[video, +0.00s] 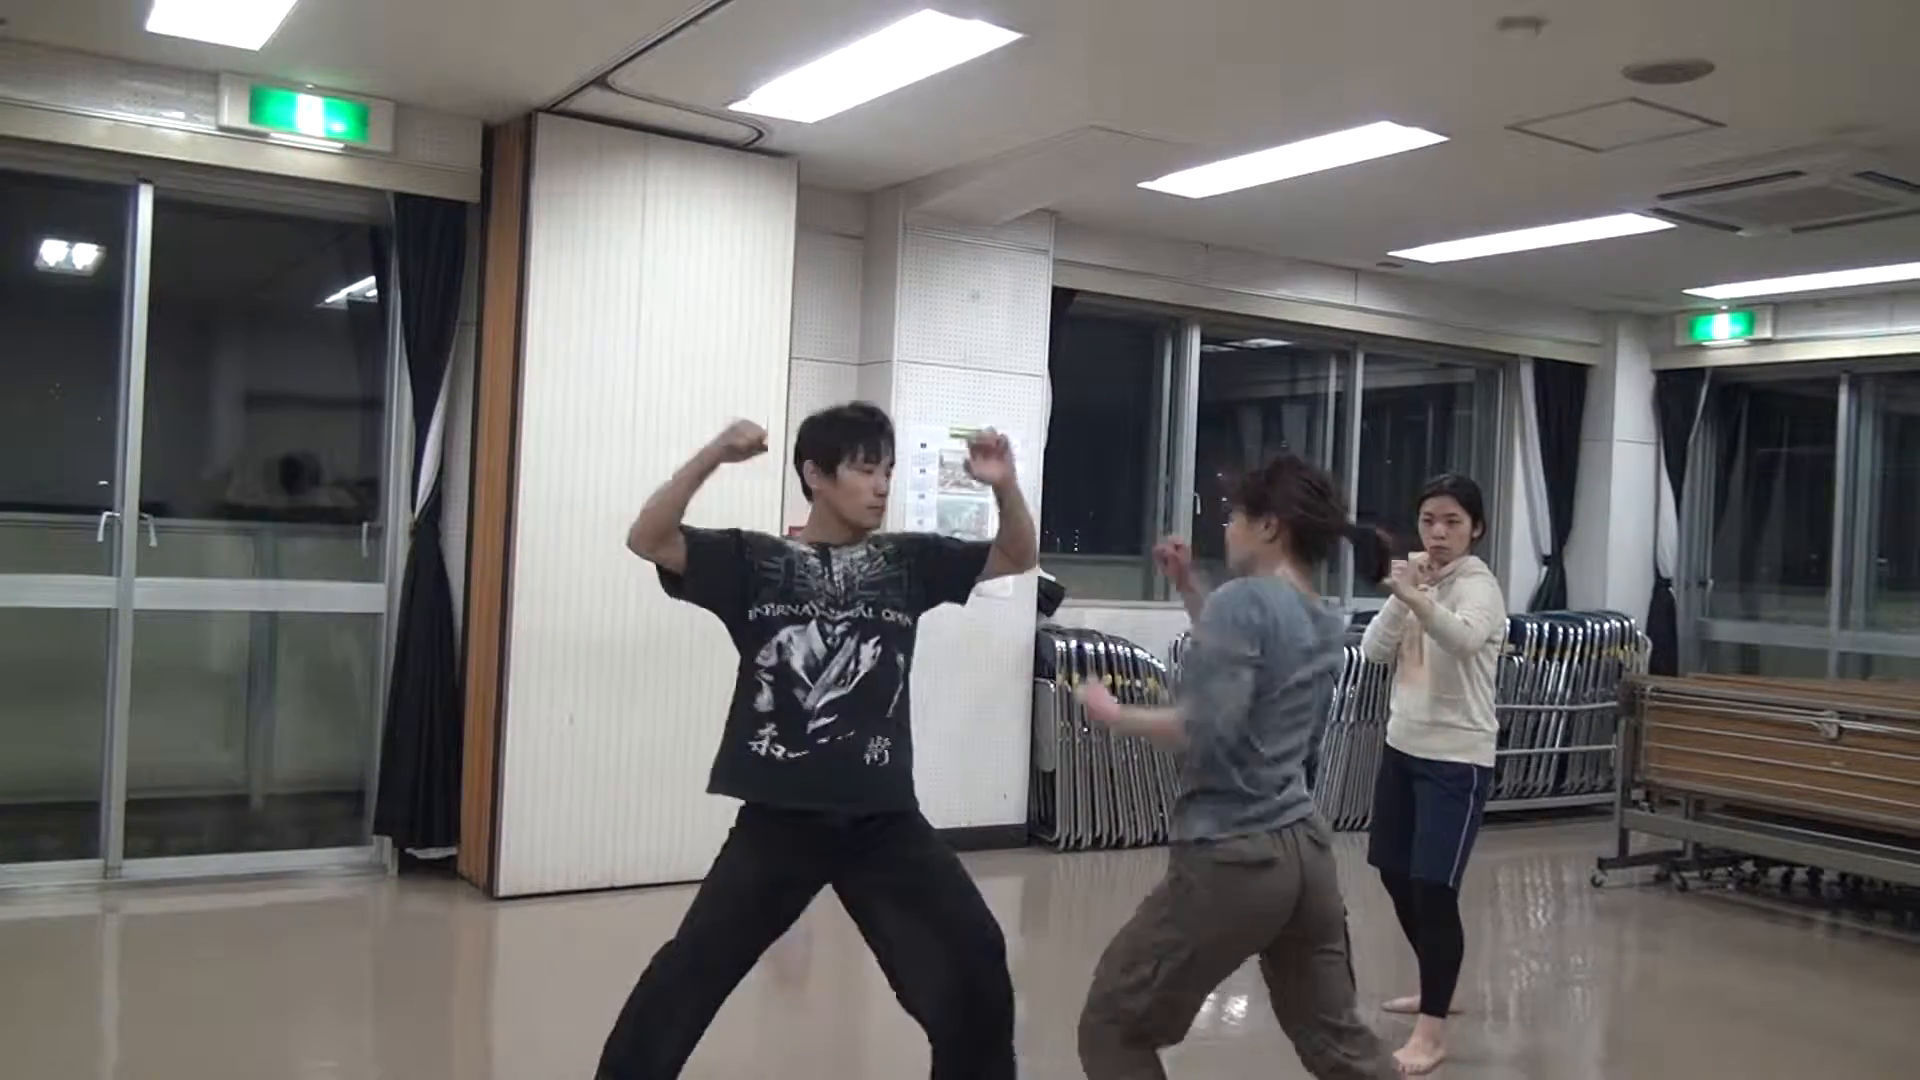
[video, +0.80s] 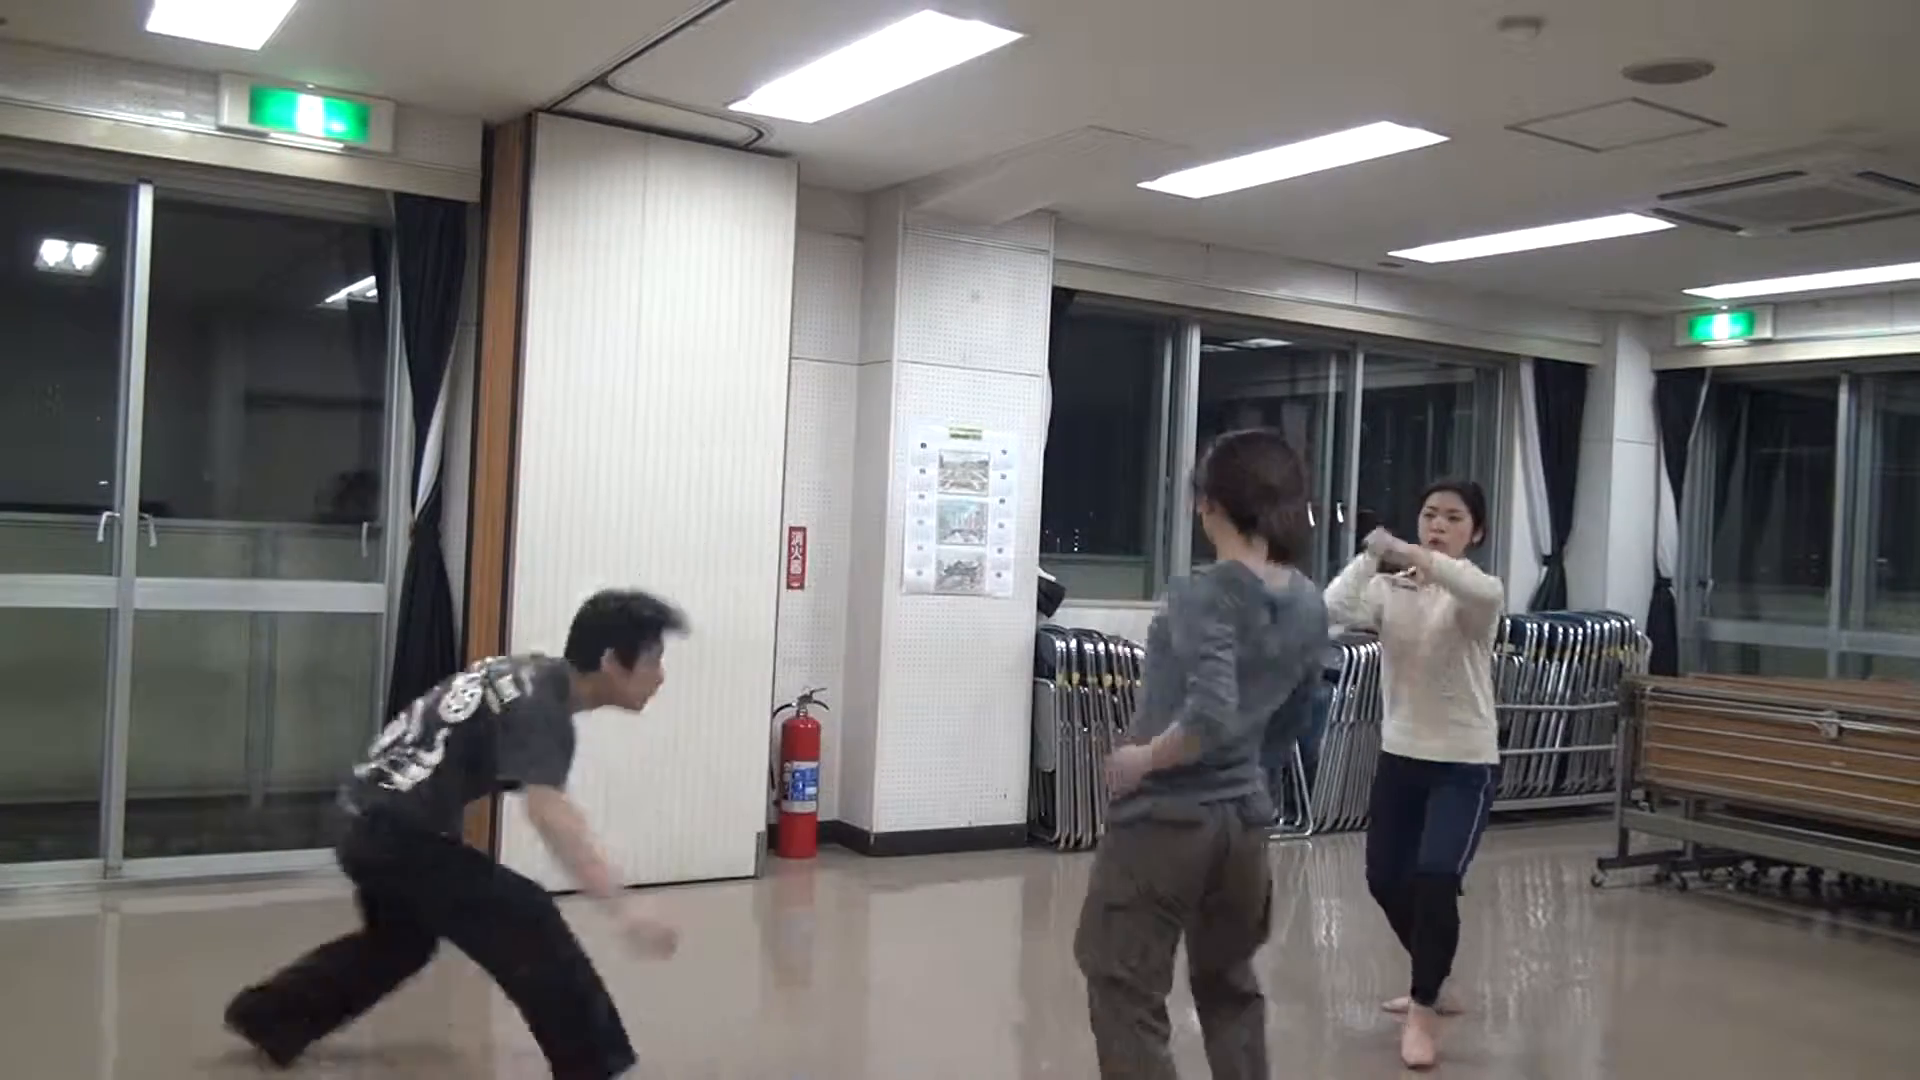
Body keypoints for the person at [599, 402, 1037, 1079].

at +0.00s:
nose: (882, 483)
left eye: (887, 469)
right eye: (865, 469)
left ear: (890, 476)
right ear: (815, 477)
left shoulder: (907, 560)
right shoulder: (753, 561)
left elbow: (1017, 554)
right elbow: (648, 539)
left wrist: (1006, 486)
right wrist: (709, 457)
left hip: (883, 822)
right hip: (778, 822)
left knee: (972, 959)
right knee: (688, 974)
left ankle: (980, 1077)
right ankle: (620, 1075)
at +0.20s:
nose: (910, 504)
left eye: (913, 490)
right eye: (892, 489)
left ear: (915, 498)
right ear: (841, 498)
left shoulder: (923, 576)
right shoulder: (778, 573)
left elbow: (1019, 567)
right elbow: (667, 610)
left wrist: (1084, 520)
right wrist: (703, 567)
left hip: (865, 829)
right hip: (770, 829)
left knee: (946, 953)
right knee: (732, 996)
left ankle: (968, 1074)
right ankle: (626, 1073)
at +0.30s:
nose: (913, 543)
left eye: (913, 526)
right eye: (896, 525)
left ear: (857, 537)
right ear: (843, 534)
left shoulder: (893, 611)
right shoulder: (769, 603)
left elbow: (952, 627)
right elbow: (667, 637)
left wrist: (1008, 652)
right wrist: (654, 684)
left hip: (864, 843)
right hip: (775, 851)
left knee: (958, 941)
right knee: (734, 1029)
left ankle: (970, 1074)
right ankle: (631, 1069)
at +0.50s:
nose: (789, 525)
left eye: (786, 509)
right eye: (776, 508)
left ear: (735, 516)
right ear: (727, 514)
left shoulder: (709, 585)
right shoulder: (661, 583)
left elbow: (687, 686)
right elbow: (666, 660)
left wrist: (756, 706)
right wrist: (768, 718)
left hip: (744, 804)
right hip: (677, 822)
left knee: (836, 914)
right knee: (726, 970)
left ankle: (892, 1044)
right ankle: (623, 1067)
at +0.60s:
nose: (725, 537)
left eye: (718, 521)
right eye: (710, 523)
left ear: (671, 537)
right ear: (670, 538)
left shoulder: (634, 603)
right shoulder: (633, 610)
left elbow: (712, 689)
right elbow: (709, 692)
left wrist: (786, 728)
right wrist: (795, 737)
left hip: (633, 816)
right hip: (581, 831)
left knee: (731, 899)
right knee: (689, 959)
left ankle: (674, 1064)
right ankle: (613, 1071)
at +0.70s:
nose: (698, 591)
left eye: (693, 576)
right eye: (686, 578)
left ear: (639, 590)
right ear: (645, 591)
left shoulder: (572, 632)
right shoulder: (595, 655)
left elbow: (492, 706)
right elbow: (652, 734)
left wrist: (453, 801)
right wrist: (752, 787)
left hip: (473, 827)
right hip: (494, 840)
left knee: (568, 928)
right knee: (618, 932)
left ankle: (439, 1010)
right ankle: (625, 1069)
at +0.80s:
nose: (660, 675)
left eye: (659, 661)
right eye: (653, 661)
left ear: (601, 658)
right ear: (609, 662)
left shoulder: (521, 672)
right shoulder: (540, 700)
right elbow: (547, 807)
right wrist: (622, 909)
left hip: (366, 825)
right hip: (402, 838)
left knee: (399, 943)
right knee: (524, 917)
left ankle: (271, 1017)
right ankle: (596, 1065)